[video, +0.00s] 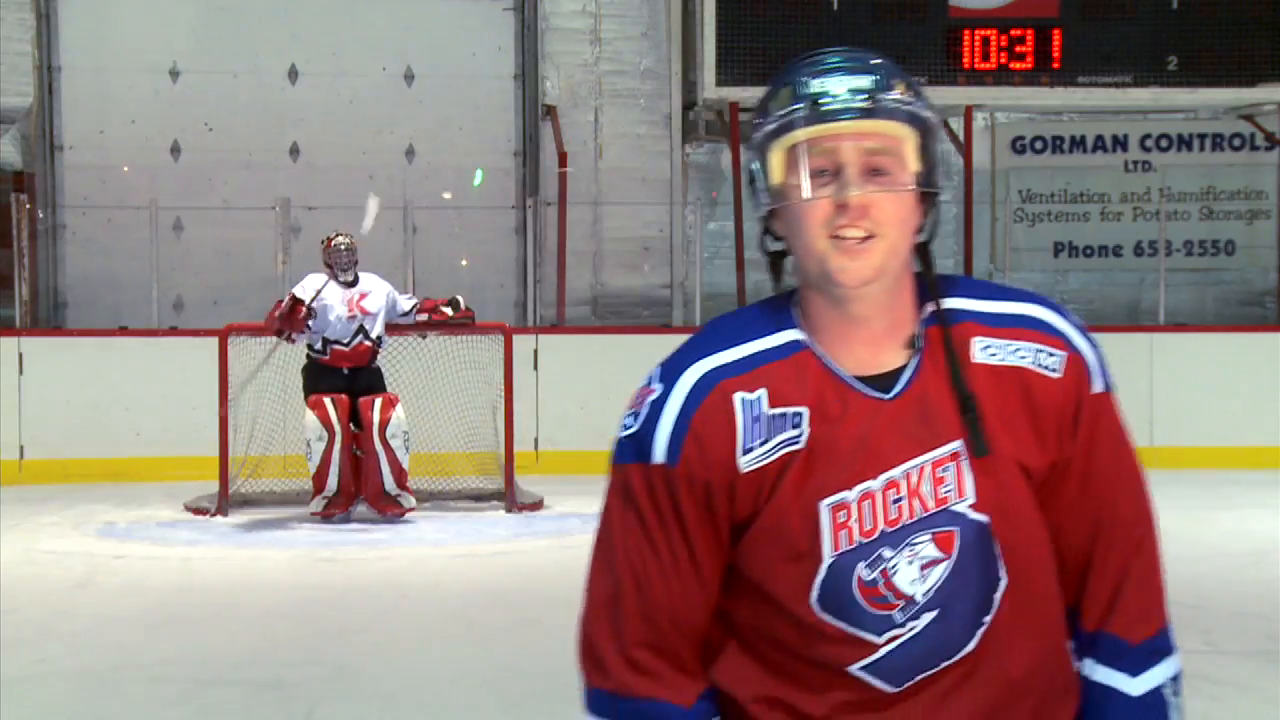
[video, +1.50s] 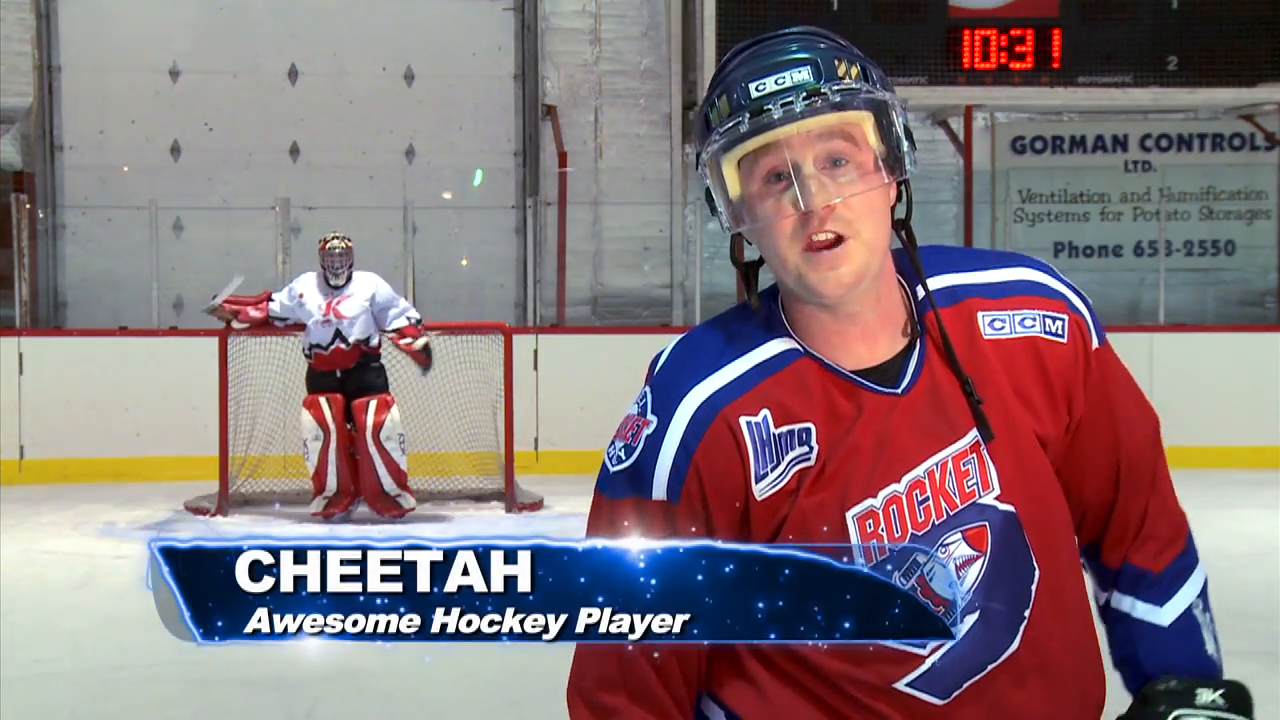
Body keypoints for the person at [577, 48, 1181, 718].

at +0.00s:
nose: (853, 199)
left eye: (880, 170)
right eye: (822, 173)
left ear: (923, 202)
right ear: (777, 210)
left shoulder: (1046, 355)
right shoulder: (693, 405)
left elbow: (1128, 642)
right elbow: (637, 682)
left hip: (1028, 706)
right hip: (795, 706)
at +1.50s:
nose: (815, 201)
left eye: (837, 163)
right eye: (779, 180)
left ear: (889, 180)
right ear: (741, 221)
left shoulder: (1036, 314)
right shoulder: (689, 413)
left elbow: (1139, 527)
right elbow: (626, 689)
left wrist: (1187, 698)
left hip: (1052, 710)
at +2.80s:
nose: (883, 184)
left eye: (910, 151)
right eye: (850, 162)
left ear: (960, 170)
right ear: (813, 197)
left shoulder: (1079, 332)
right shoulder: (738, 372)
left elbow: (1190, 590)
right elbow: (621, 648)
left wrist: (1258, 703)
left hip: (1056, 704)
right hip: (814, 708)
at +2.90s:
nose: (882, 184)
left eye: (908, 152)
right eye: (849, 161)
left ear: (957, 168)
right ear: (811, 192)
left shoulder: (1079, 330)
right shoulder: (745, 368)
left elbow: (1190, 578)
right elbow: (632, 630)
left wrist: (1261, 703)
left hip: (1057, 708)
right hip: (816, 712)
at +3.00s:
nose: (884, 176)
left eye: (911, 144)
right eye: (851, 153)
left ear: (959, 170)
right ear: (812, 187)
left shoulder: (1080, 327)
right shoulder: (747, 368)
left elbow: (1198, 581)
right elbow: (635, 645)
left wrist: (1268, 700)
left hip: (1068, 708)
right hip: (828, 715)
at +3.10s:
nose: (895, 161)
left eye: (924, 133)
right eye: (865, 136)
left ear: (969, 168)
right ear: (823, 175)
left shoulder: (1086, 328)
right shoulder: (748, 366)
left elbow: (1210, 585)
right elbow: (644, 645)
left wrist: (1272, 697)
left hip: (1072, 705)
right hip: (834, 713)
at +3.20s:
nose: (912, 150)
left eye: (943, 127)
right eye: (884, 126)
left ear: (985, 166)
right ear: (841, 161)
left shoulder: (1094, 329)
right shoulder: (754, 359)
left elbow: (1217, 581)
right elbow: (657, 637)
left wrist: (1275, 697)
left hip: (1076, 704)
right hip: (841, 711)